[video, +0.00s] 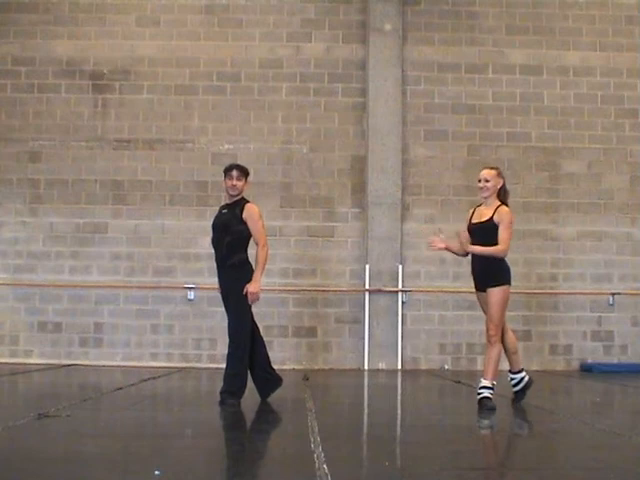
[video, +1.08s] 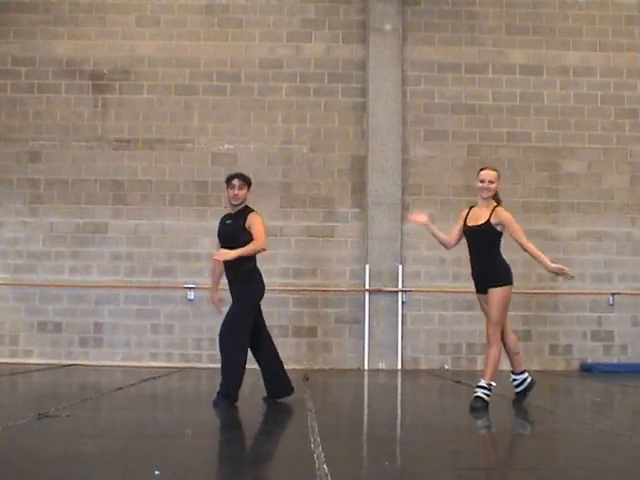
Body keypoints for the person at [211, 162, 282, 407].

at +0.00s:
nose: (234, 183)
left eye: (239, 179)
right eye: (230, 178)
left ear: (246, 183)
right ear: (224, 182)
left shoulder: (249, 209)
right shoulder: (224, 209)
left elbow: (262, 245)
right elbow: (224, 247)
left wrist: (256, 281)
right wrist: (222, 280)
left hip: (240, 275)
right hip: (225, 276)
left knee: (238, 333)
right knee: (246, 330)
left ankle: (231, 393)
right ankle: (267, 379)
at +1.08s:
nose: (236, 192)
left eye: (241, 188)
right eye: (232, 188)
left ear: (248, 191)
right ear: (226, 191)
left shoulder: (252, 217)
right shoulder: (226, 219)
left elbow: (260, 243)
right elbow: (221, 254)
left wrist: (232, 253)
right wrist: (215, 286)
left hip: (251, 286)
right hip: (237, 286)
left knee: (230, 335)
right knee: (258, 337)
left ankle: (228, 394)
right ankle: (279, 386)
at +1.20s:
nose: (244, 189)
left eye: (249, 185)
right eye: (240, 184)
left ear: (256, 190)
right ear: (234, 187)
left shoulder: (257, 222)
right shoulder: (222, 210)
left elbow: (267, 259)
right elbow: (196, 224)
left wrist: (277, 289)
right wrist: (173, 237)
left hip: (243, 284)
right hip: (224, 283)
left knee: (227, 333)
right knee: (241, 332)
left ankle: (226, 394)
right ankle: (271, 376)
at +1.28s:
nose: (247, 191)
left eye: (253, 187)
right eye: (244, 185)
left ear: (260, 192)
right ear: (237, 187)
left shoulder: (259, 226)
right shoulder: (222, 201)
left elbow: (264, 265)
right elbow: (196, 184)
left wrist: (273, 299)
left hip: (237, 282)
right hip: (217, 278)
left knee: (227, 333)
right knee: (221, 330)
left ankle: (226, 395)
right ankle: (261, 352)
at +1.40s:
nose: (246, 194)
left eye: (251, 190)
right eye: (242, 189)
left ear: (259, 194)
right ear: (236, 192)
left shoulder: (260, 229)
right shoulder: (225, 202)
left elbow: (262, 266)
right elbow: (208, 167)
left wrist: (267, 295)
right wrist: (192, 139)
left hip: (236, 286)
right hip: (213, 280)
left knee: (229, 341)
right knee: (197, 328)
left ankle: (214, 395)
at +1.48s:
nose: (247, 195)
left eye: (251, 190)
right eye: (242, 191)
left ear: (259, 195)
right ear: (236, 195)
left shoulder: (262, 229)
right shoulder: (225, 208)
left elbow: (280, 265)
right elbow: (197, 179)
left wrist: (303, 291)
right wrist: (169, 161)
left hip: (238, 292)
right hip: (212, 286)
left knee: (229, 346)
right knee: (176, 326)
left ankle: (212, 394)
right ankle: (186, 294)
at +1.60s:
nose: (244, 196)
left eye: (249, 191)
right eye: (240, 192)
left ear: (257, 194)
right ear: (235, 196)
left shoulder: (267, 222)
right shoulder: (223, 216)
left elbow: (300, 236)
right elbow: (187, 222)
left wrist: (307, 223)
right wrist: (187, 244)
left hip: (241, 292)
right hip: (215, 284)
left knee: (228, 346)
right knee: (189, 317)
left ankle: (213, 398)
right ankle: (169, 351)